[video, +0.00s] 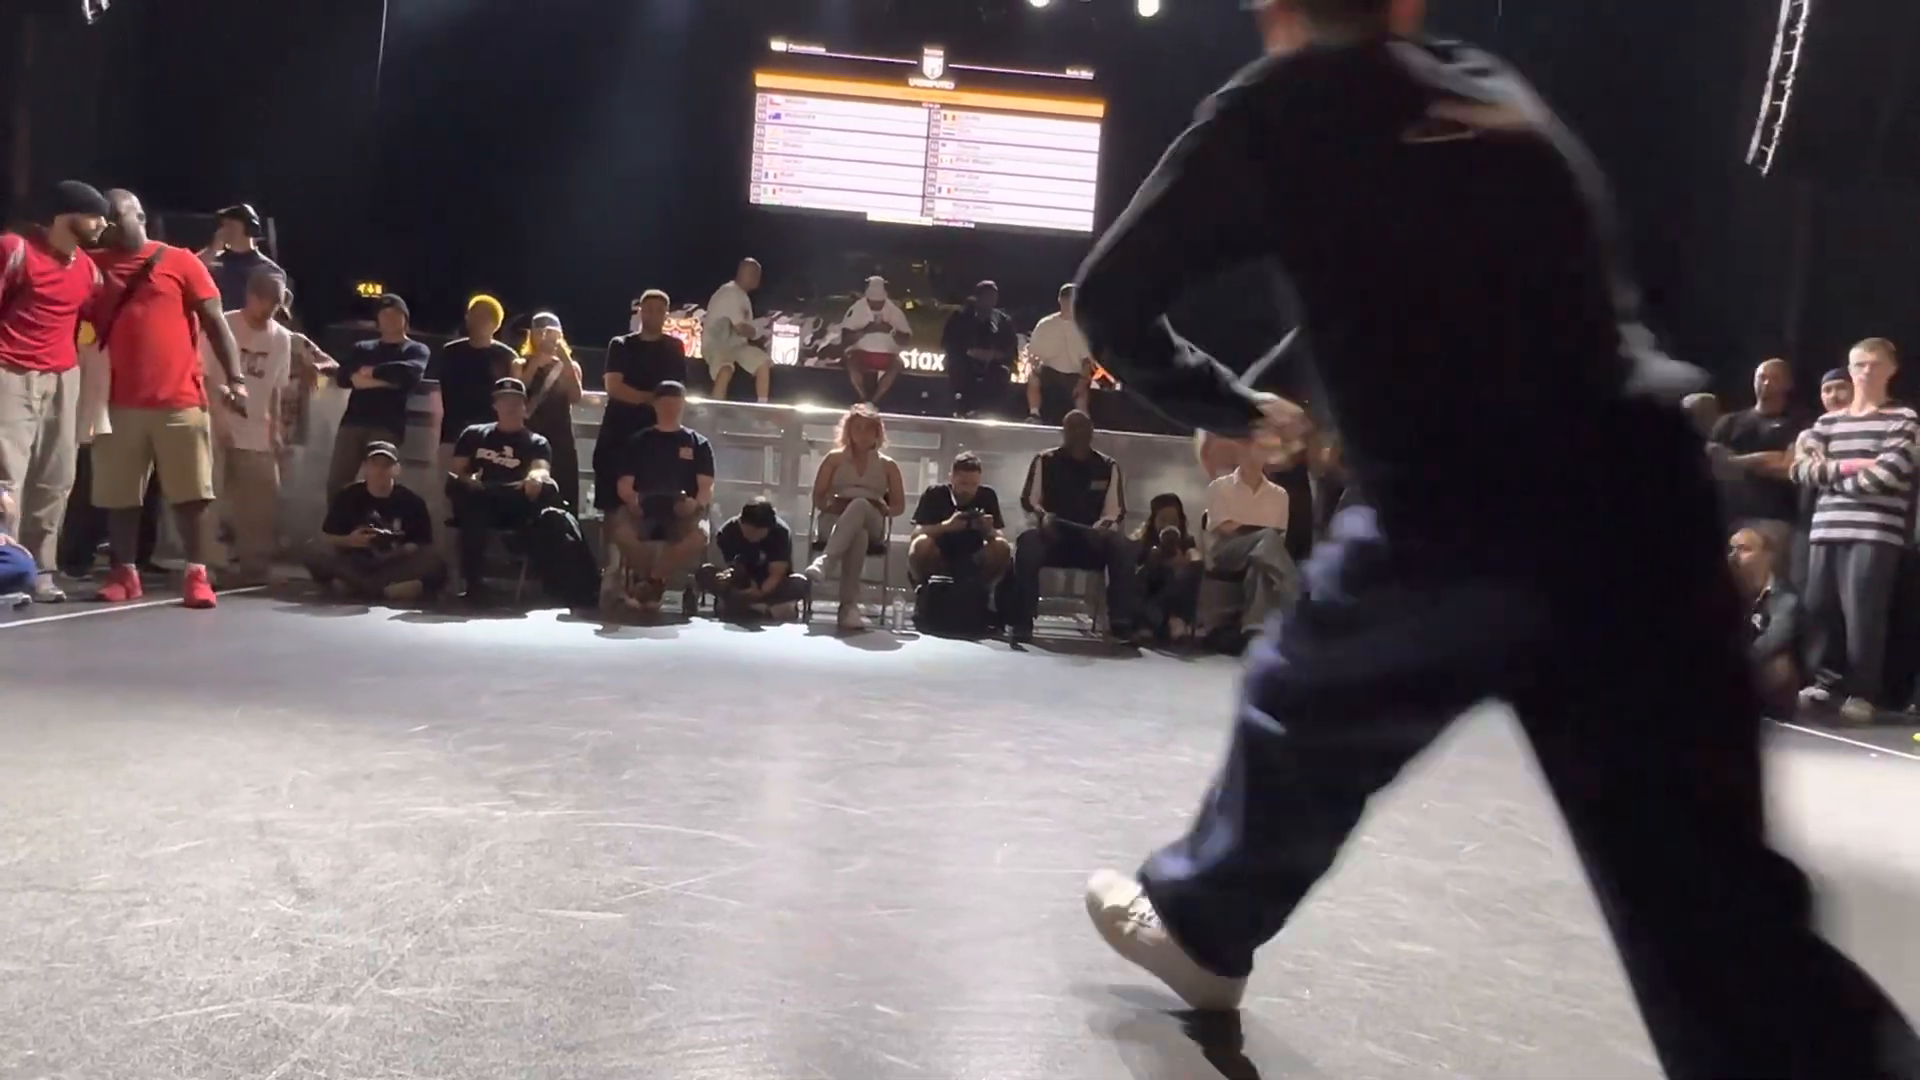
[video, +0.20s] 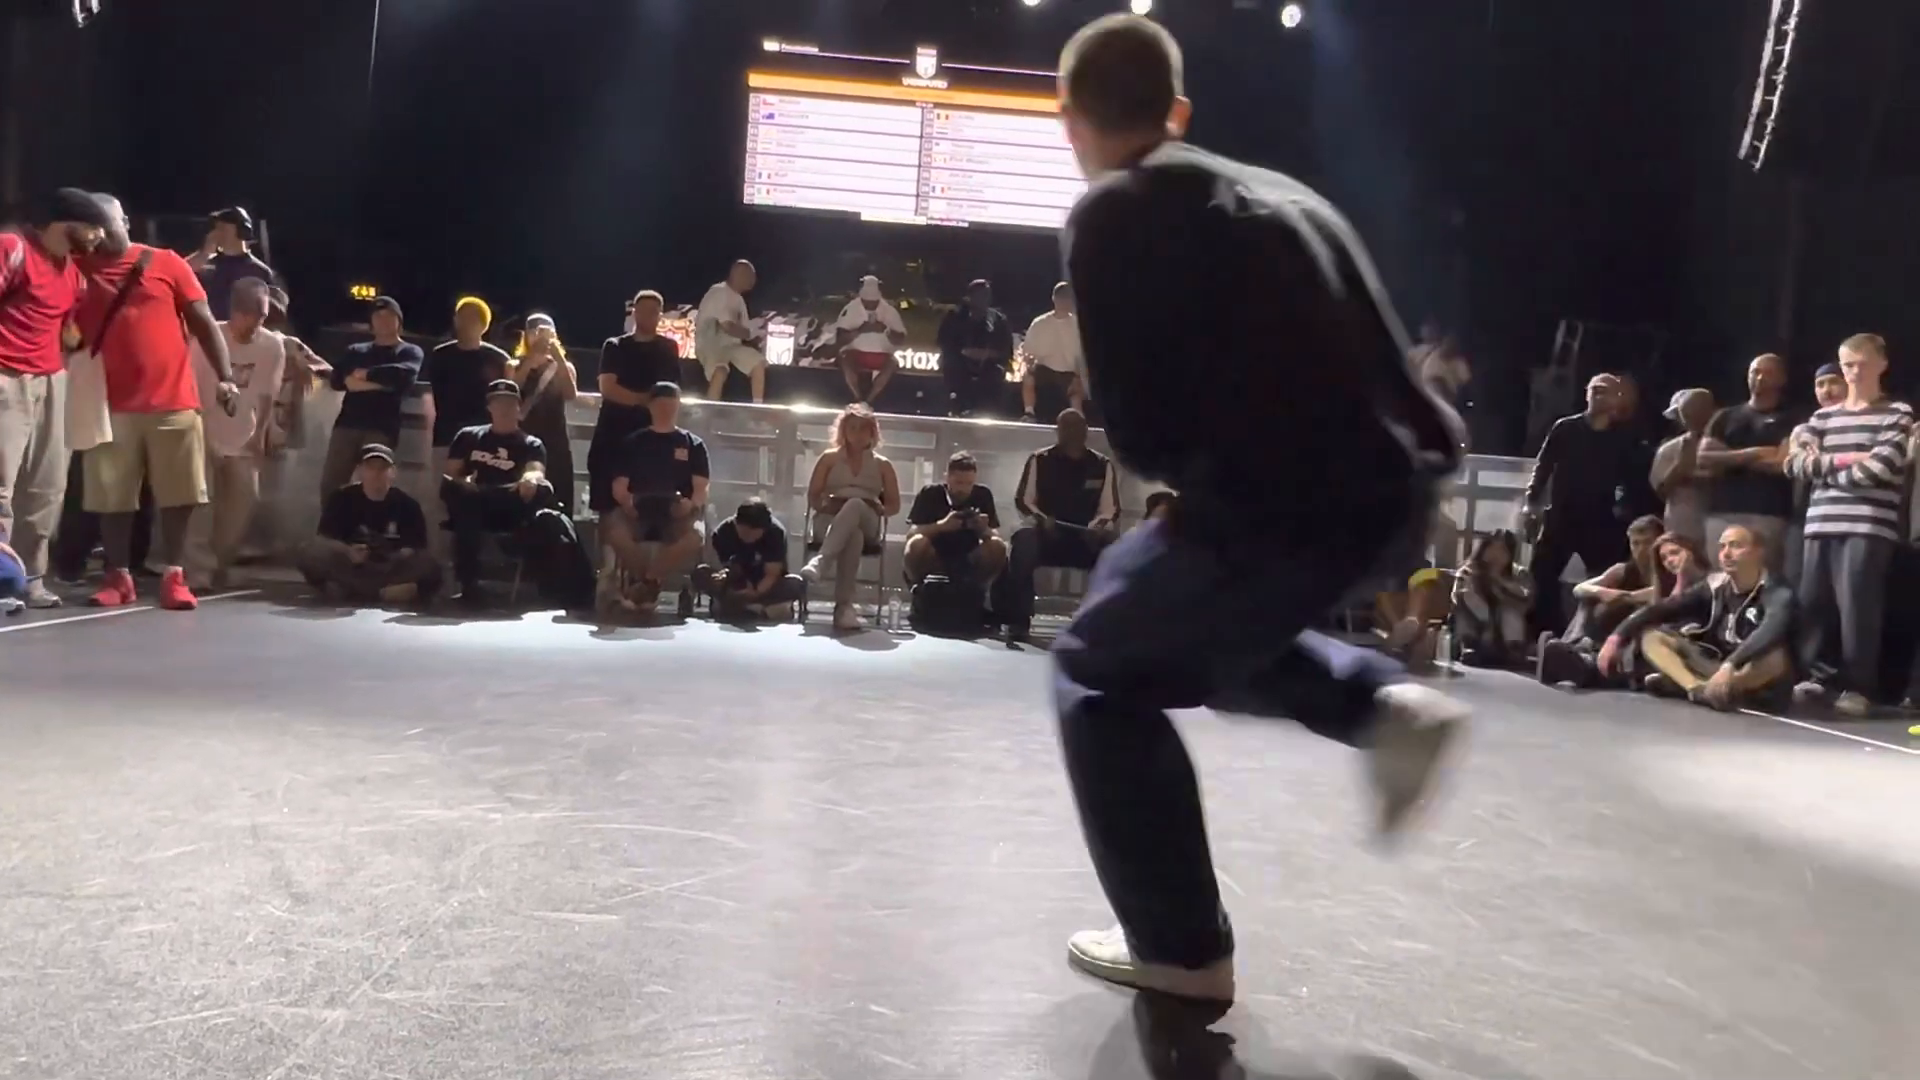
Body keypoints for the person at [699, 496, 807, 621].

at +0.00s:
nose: (752, 537)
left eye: (757, 533)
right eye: (748, 531)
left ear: (767, 528)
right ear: (742, 523)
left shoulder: (780, 532)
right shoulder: (726, 534)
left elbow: (777, 572)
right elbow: (735, 569)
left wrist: (761, 592)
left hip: (770, 579)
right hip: (742, 581)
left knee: (800, 582)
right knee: (705, 572)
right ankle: (767, 611)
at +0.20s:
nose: (749, 537)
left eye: (754, 533)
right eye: (745, 531)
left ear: (763, 528)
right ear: (737, 523)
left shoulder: (776, 533)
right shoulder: (721, 535)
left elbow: (772, 573)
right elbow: (728, 569)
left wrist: (755, 592)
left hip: (765, 580)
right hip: (736, 582)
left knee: (797, 583)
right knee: (701, 573)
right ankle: (761, 610)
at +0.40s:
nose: (741, 539)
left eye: (747, 535)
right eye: (738, 533)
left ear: (757, 531)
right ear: (731, 526)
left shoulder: (770, 536)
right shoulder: (715, 537)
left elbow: (766, 576)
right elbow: (726, 571)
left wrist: (748, 595)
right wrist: (717, 579)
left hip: (759, 582)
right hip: (731, 582)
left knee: (791, 585)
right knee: (695, 577)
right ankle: (756, 613)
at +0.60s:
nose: (744, 545)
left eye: (750, 541)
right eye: (740, 540)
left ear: (759, 537)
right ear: (733, 532)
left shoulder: (771, 542)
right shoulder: (716, 544)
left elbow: (768, 583)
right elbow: (727, 577)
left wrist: (750, 602)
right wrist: (719, 585)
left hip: (761, 587)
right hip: (734, 588)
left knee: (791, 592)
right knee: (697, 583)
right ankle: (757, 620)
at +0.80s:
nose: (739, 536)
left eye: (745, 533)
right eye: (735, 531)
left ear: (754, 528)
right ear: (728, 525)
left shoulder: (767, 535)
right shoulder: (713, 535)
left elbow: (764, 574)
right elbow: (719, 566)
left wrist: (748, 593)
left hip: (757, 578)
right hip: (731, 578)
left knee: (786, 584)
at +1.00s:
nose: (741, 542)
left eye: (747, 538)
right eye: (738, 537)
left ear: (756, 533)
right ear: (731, 529)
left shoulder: (769, 539)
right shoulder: (714, 541)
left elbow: (766, 579)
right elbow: (722, 573)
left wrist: (748, 598)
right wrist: (715, 582)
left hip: (760, 584)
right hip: (731, 585)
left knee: (790, 588)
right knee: (695, 582)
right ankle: (756, 616)